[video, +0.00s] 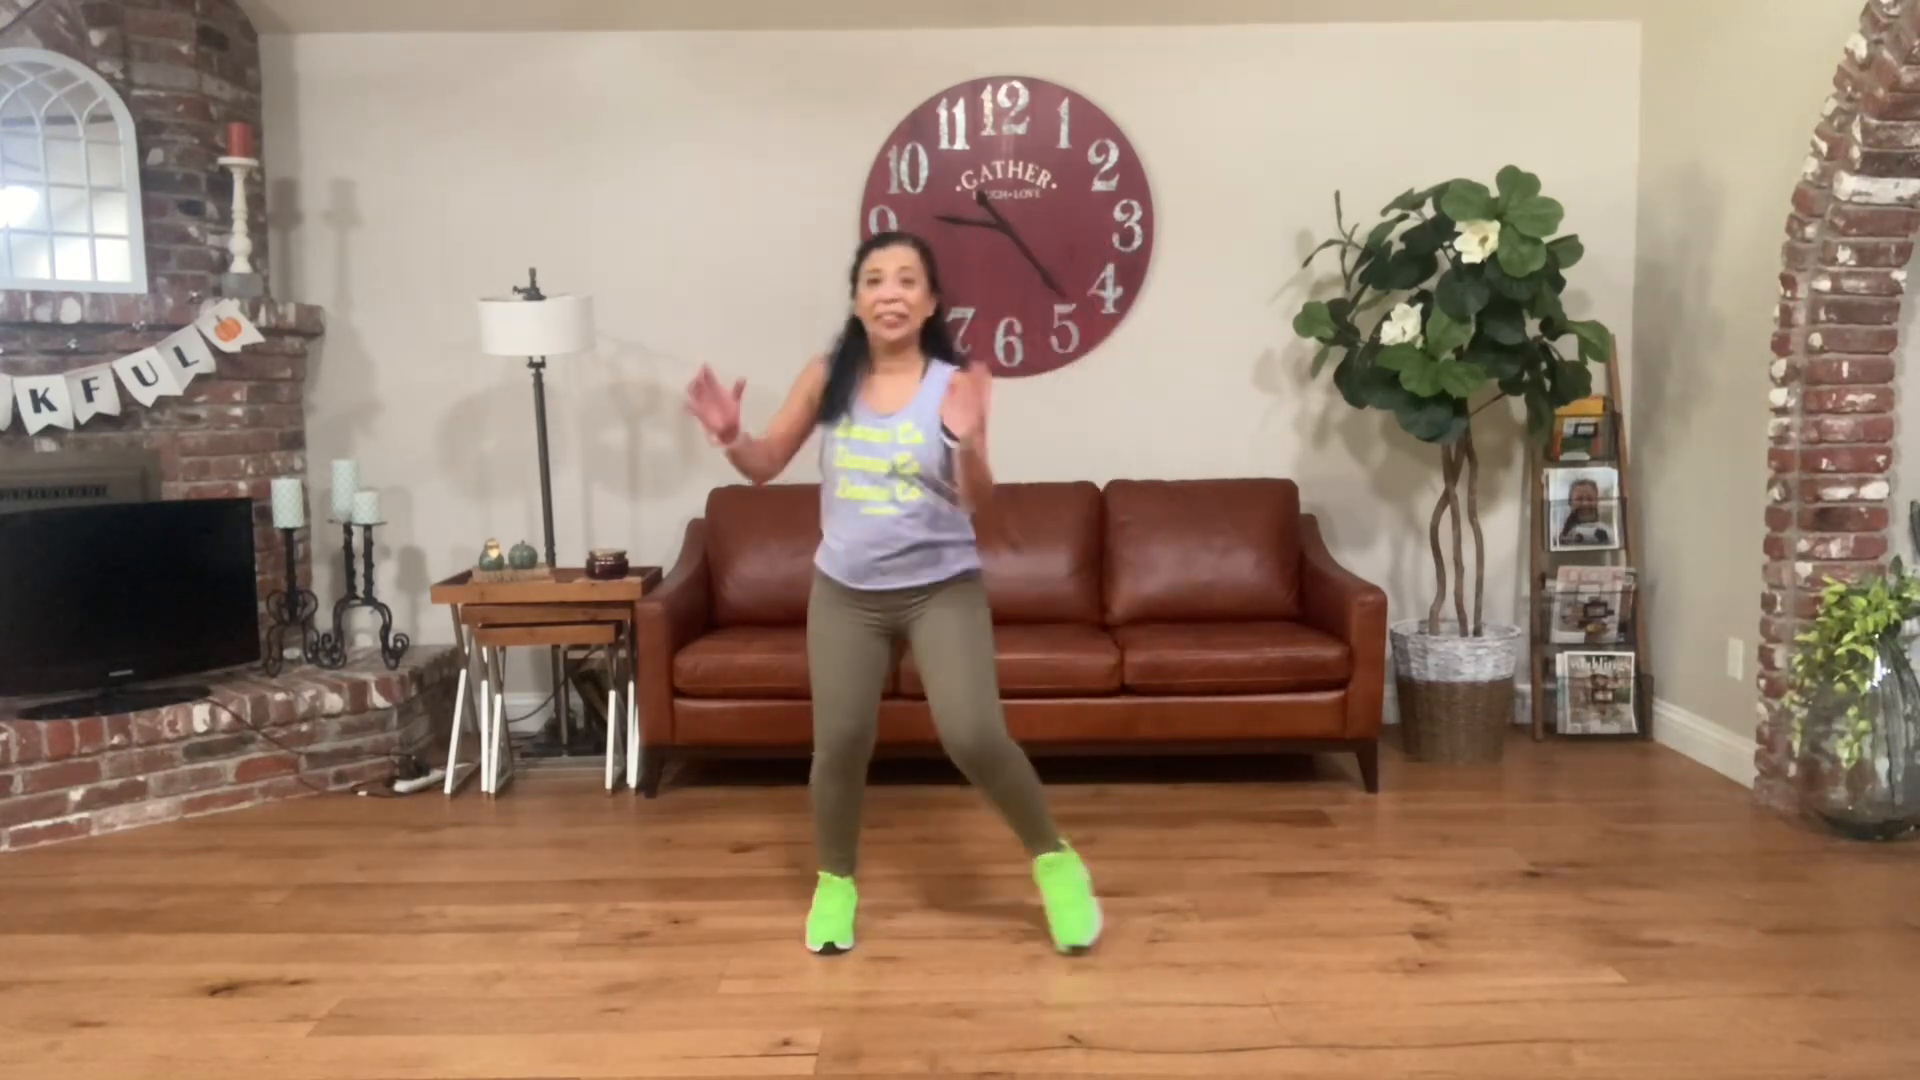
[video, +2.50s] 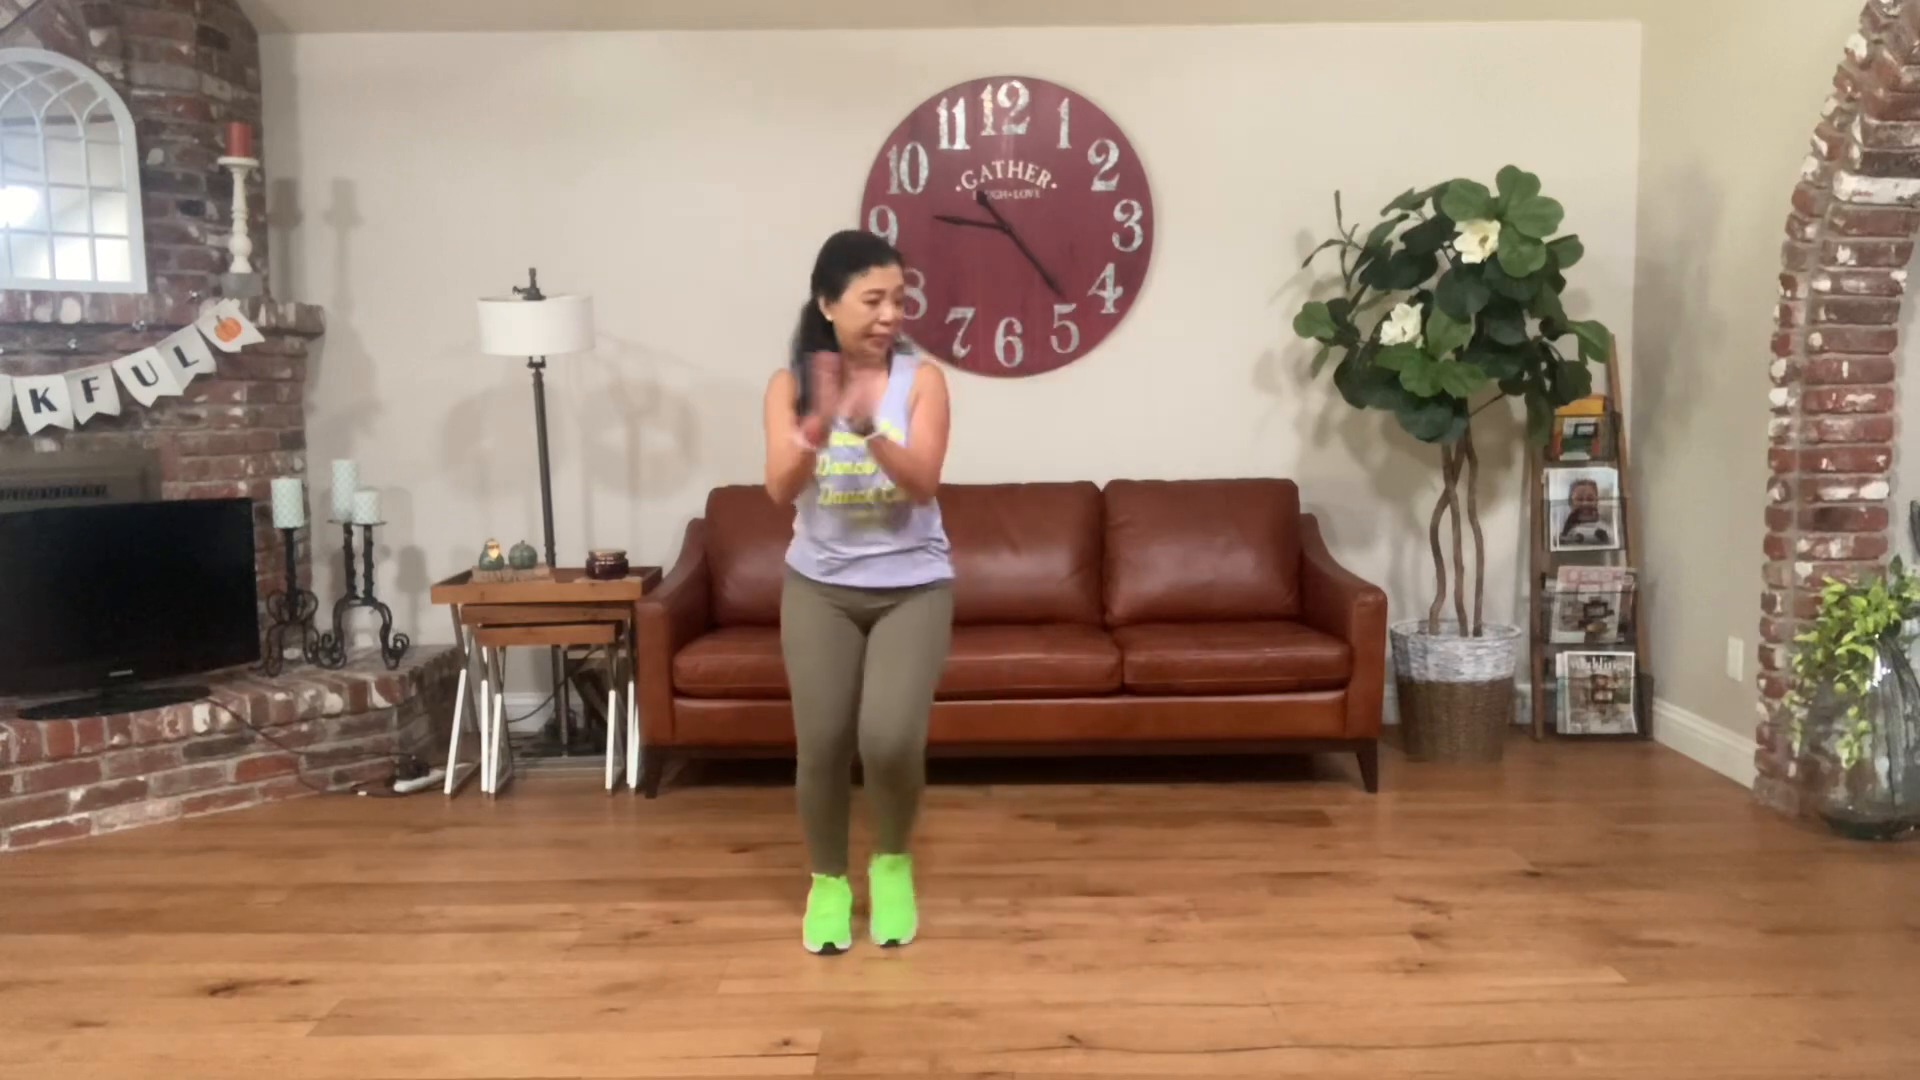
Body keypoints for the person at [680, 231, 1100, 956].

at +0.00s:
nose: (890, 295)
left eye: (907, 281)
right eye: (875, 282)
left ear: (932, 299)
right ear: (856, 299)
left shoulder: (959, 382)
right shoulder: (827, 376)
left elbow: (978, 501)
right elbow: (765, 463)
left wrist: (969, 438)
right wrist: (732, 436)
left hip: (944, 587)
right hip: (844, 590)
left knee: (972, 735)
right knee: (840, 740)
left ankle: (1053, 862)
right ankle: (835, 882)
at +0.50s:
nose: (866, 305)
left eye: (880, 291)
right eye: (848, 295)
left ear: (901, 308)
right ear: (825, 316)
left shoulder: (937, 386)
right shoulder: (807, 400)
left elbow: (981, 485)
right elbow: (773, 507)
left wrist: (953, 484)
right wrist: (810, 514)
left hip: (920, 594)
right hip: (822, 594)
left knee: (929, 739)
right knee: (826, 745)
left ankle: (895, 856)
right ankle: (834, 882)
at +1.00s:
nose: (983, 282)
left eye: (996, 268)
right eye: (964, 272)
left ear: (1019, 284)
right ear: (942, 296)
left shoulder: (1054, 368)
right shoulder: (931, 383)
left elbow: (1087, 446)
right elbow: (878, 472)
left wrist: (1141, 438)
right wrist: (840, 475)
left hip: (1047, 588)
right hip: (951, 586)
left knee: (1072, 739)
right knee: (907, 740)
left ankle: (1096, 882)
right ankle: (843, 876)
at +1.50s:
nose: (1031, 292)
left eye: (1047, 276)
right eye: (1016, 278)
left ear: (1074, 288)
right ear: (998, 292)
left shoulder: (1106, 368)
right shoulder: (973, 371)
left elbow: (1131, 476)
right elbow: (960, 471)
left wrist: (1079, 455)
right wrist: (1018, 447)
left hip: (1107, 575)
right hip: (1010, 585)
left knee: (1108, 728)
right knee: (1039, 737)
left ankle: (1101, 879)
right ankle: (1042, 871)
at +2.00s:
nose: (946, 288)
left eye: (963, 274)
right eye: (931, 274)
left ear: (987, 292)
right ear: (911, 292)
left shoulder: (1013, 381)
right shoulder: (892, 372)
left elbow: (1072, 461)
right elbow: (899, 446)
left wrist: (1106, 471)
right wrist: (831, 465)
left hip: (1003, 590)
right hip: (901, 595)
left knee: (1041, 741)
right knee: (874, 743)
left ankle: (1094, 884)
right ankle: (835, 881)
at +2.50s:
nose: (889, 314)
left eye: (897, 299)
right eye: (871, 299)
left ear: (905, 303)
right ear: (828, 305)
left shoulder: (922, 379)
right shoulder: (792, 384)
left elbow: (923, 483)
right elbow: (781, 490)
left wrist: (871, 429)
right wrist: (813, 434)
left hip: (913, 583)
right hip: (818, 584)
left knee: (888, 739)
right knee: (822, 740)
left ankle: (891, 865)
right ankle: (829, 882)